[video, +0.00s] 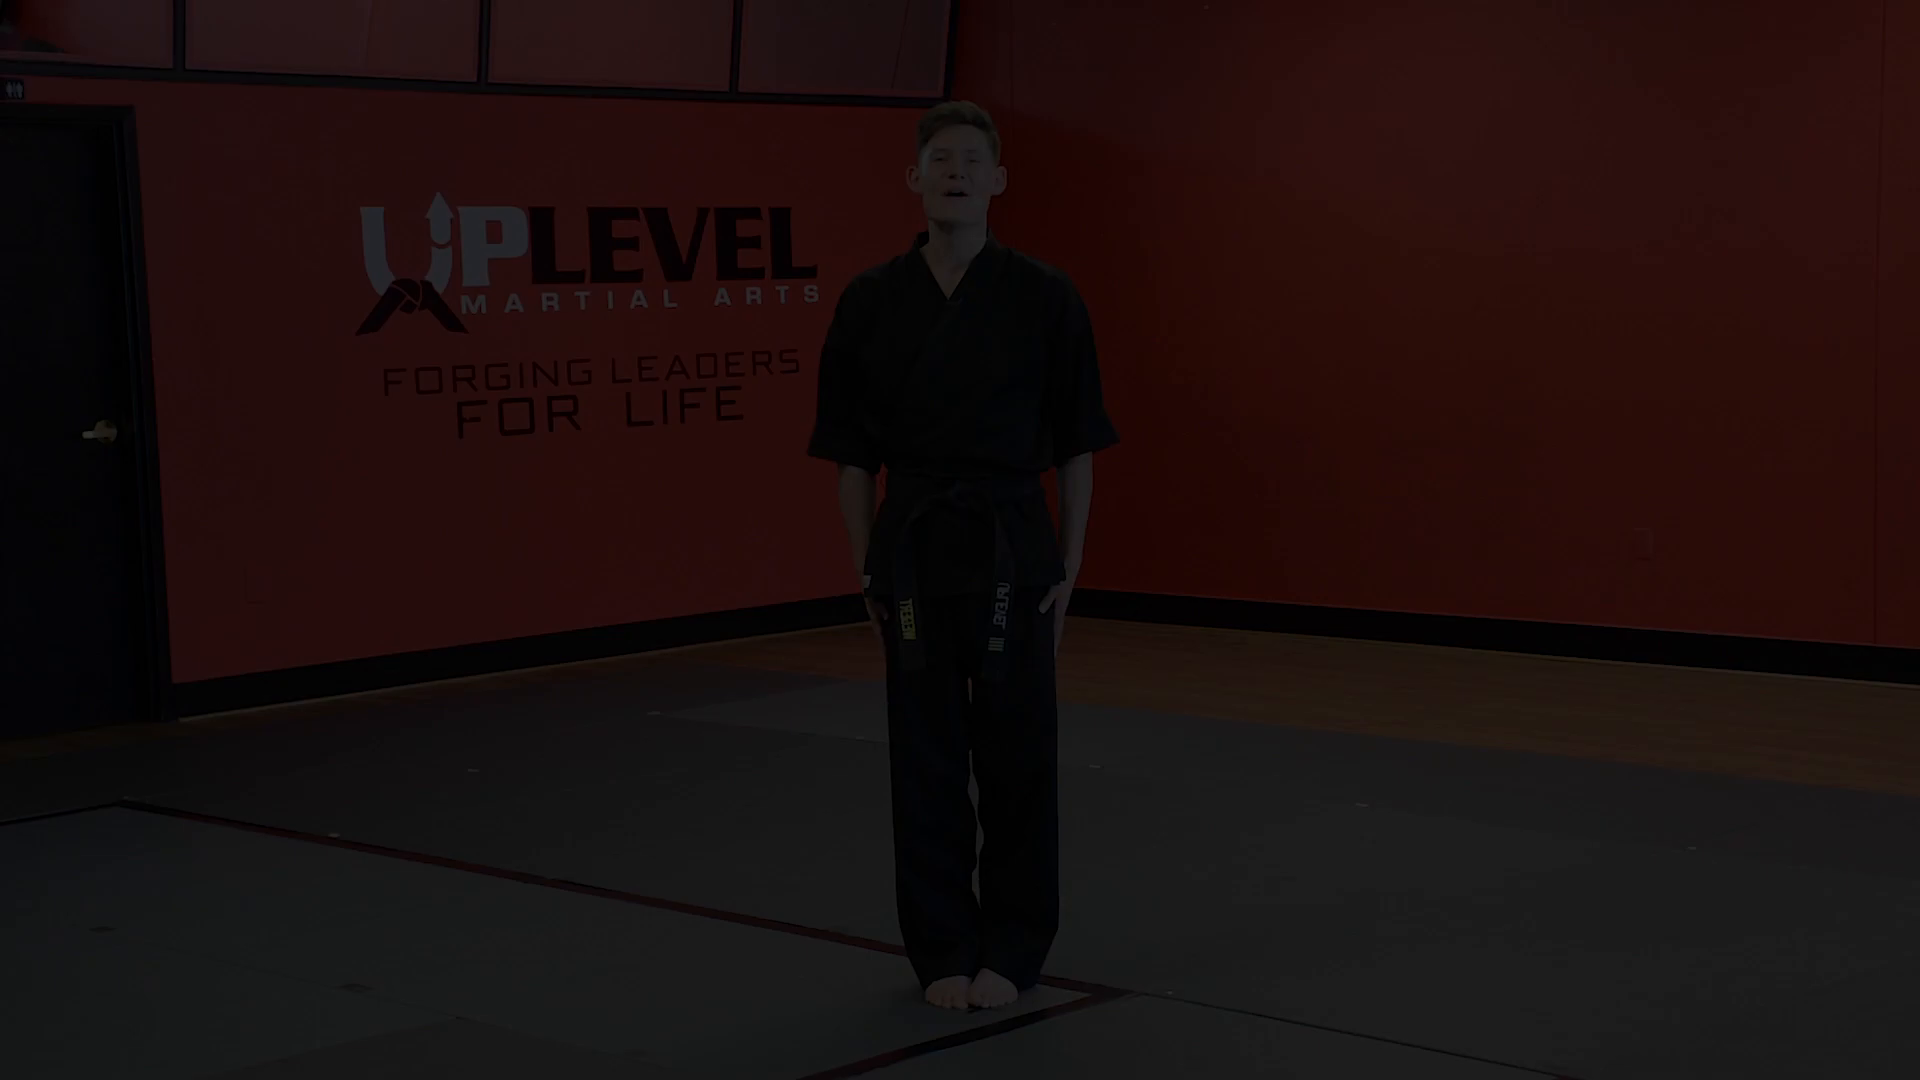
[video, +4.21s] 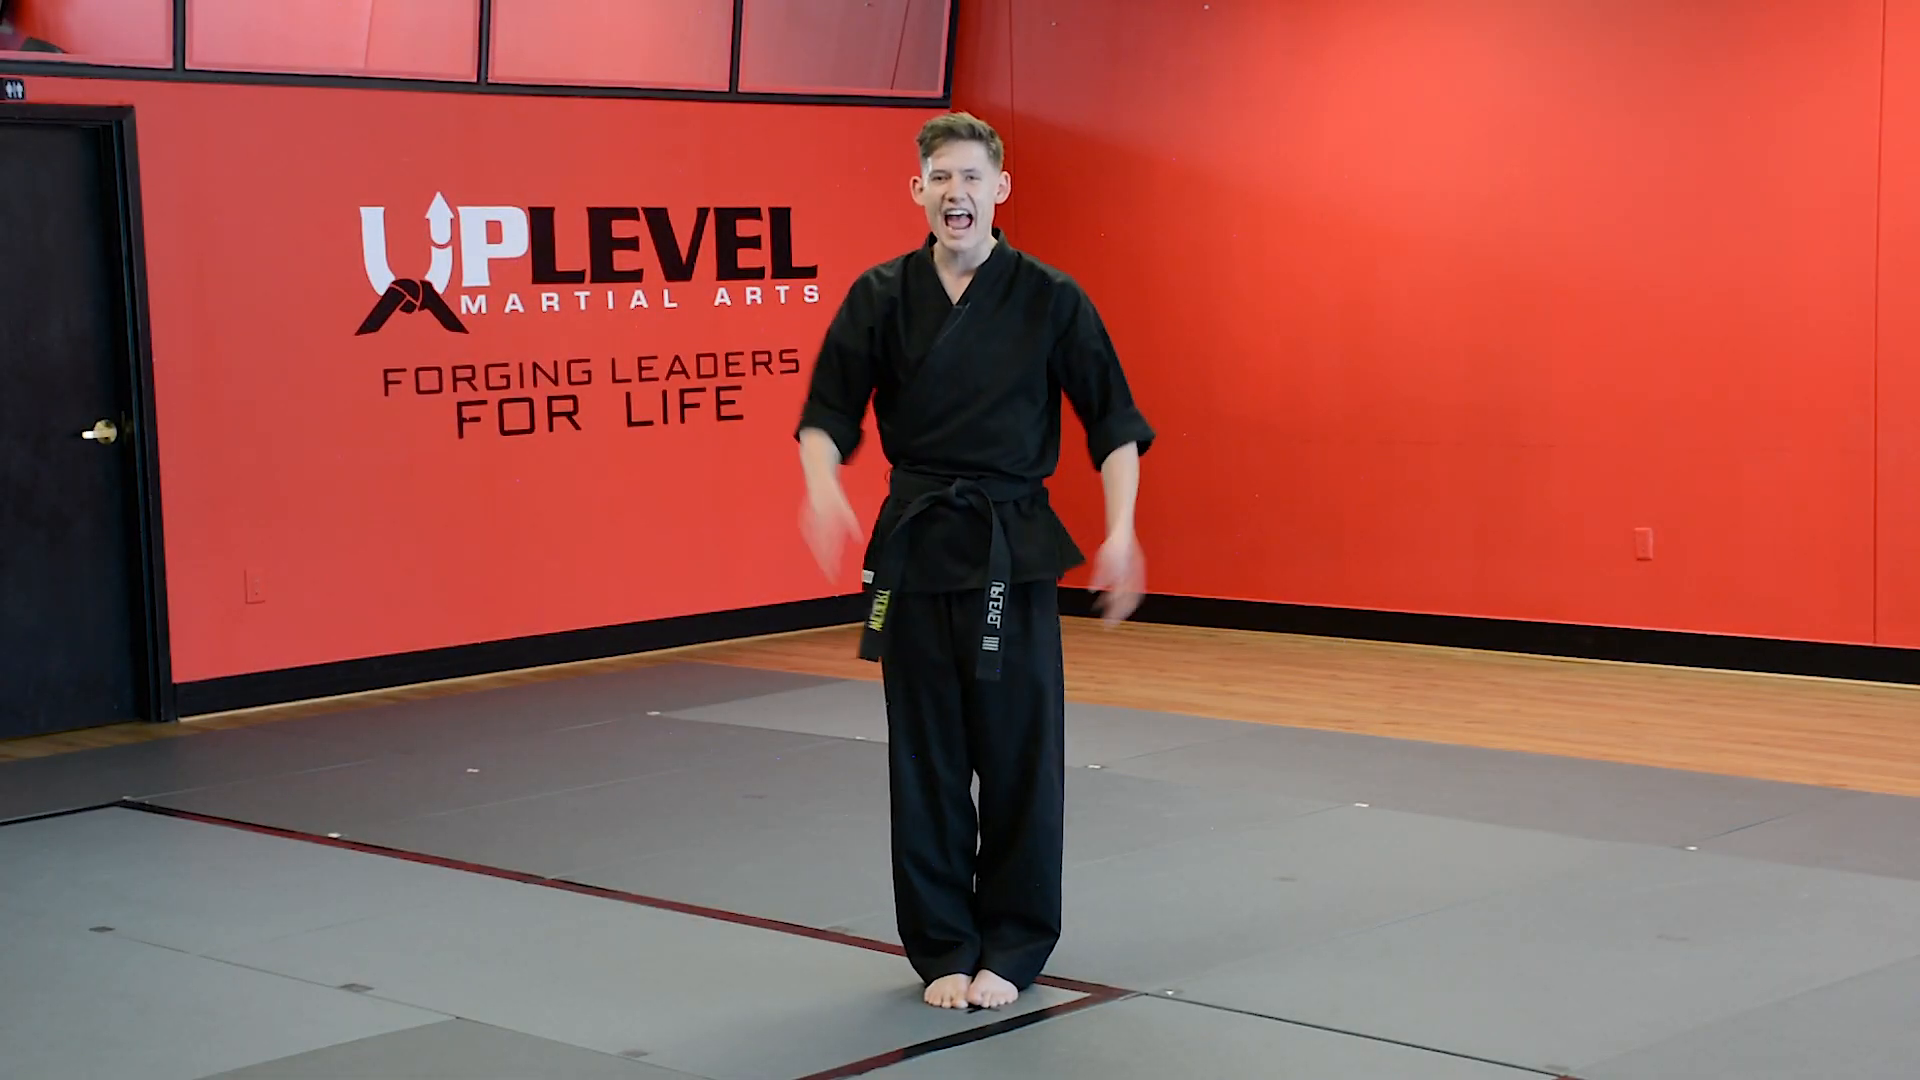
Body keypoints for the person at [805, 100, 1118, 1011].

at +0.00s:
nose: (956, 174)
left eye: (972, 162)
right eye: (940, 162)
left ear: (997, 181)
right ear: (916, 181)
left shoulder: (1043, 295)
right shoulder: (870, 298)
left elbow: (1078, 446)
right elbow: (851, 452)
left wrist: (1070, 566)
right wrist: (867, 566)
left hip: (1017, 556)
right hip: (913, 559)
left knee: (1017, 763)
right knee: (925, 765)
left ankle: (1014, 957)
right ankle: (940, 957)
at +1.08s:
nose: (951, 174)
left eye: (964, 162)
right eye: (932, 164)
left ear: (986, 183)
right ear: (904, 189)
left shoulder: (1040, 297)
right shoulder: (858, 305)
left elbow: (1090, 432)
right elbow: (799, 422)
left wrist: (1069, 548)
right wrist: (856, 479)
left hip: (1016, 538)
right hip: (914, 540)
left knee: (1016, 760)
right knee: (929, 761)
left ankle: (1011, 956)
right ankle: (944, 956)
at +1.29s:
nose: (955, 172)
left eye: (965, 160)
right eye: (935, 162)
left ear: (984, 182)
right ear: (903, 187)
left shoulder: (1034, 293)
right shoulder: (862, 292)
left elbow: (1091, 417)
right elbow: (772, 372)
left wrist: (1067, 531)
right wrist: (848, 346)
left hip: (1018, 536)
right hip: (917, 539)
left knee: (1018, 759)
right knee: (935, 760)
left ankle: (1010, 956)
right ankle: (942, 957)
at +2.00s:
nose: (960, 164)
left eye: (970, 152)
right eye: (938, 154)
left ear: (990, 172)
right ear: (906, 180)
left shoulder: (1030, 283)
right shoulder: (870, 281)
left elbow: (1086, 393)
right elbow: (878, 365)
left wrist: (1054, 502)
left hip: (1014, 531)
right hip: (915, 536)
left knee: (1018, 758)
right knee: (928, 761)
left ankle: (1013, 954)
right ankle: (939, 953)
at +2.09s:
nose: (955, 166)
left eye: (967, 154)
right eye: (935, 157)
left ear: (992, 175)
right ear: (906, 184)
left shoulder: (1035, 284)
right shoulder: (873, 290)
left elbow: (1088, 392)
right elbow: (874, 408)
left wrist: (1058, 499)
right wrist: (923, 491)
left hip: (1015, 532)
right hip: (918, 534)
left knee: (1017, 758)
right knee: (926, 760)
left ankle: (1014, 957)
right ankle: (939, 956)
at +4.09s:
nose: (959, 195)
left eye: (974, 178)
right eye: (943, 180)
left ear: (1005, 187)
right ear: (922, 193)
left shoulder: (1052, 298)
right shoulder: (884, 297)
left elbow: (1108, 435)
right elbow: (847, 438)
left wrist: (1074, 557)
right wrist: (863, 553)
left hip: (1019, 544)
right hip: (915, 543)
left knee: (1020, 765)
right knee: (927, 765)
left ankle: (1011, 954)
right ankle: (945, 953)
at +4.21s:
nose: (957, 192)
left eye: (972, 176)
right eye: (941, 177)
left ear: (1001, 187)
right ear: (918, 190)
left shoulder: (1050, 297)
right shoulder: (880, 296)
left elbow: (1115, 420)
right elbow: (822, 416)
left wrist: (1120, 531)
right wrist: (821, 492)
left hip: (1018, 544)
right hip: (915, 544)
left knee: (1021, 762)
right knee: (927, 762)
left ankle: (1011, 953)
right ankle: (945, 952)